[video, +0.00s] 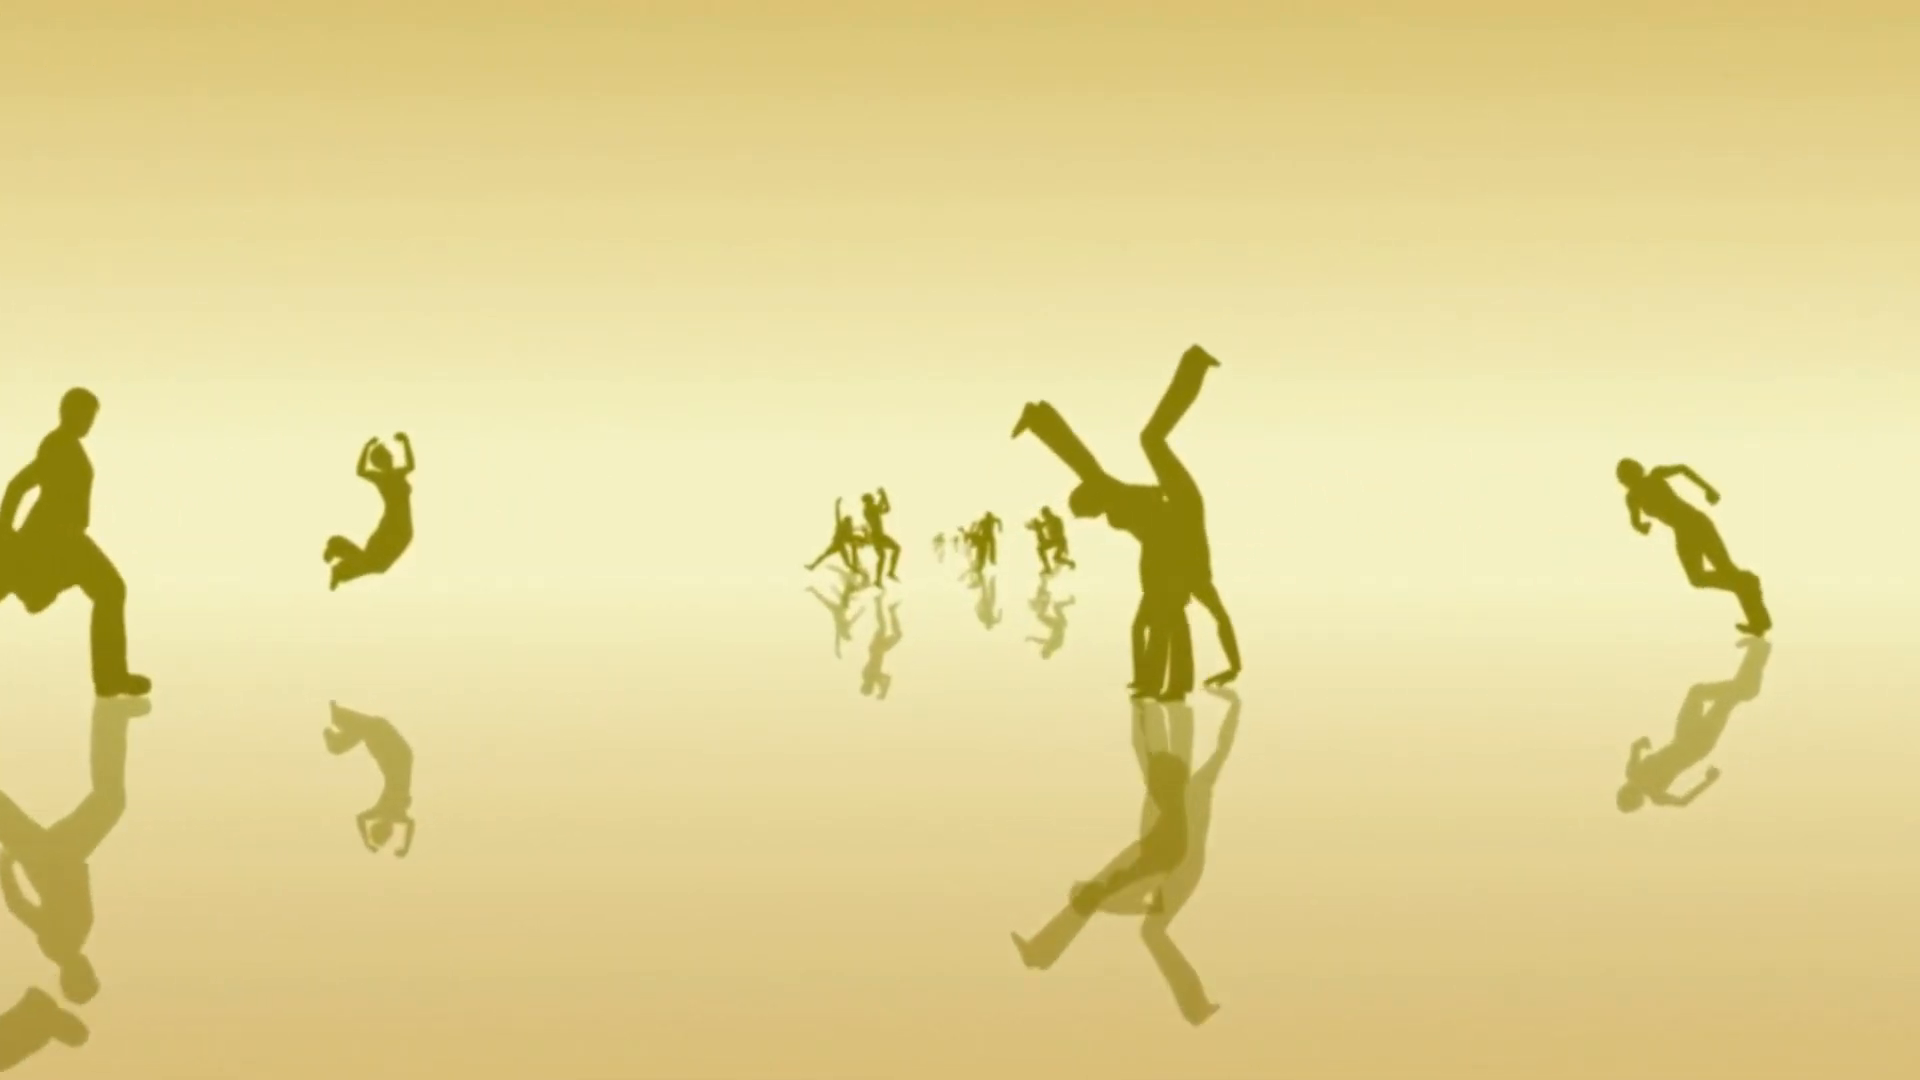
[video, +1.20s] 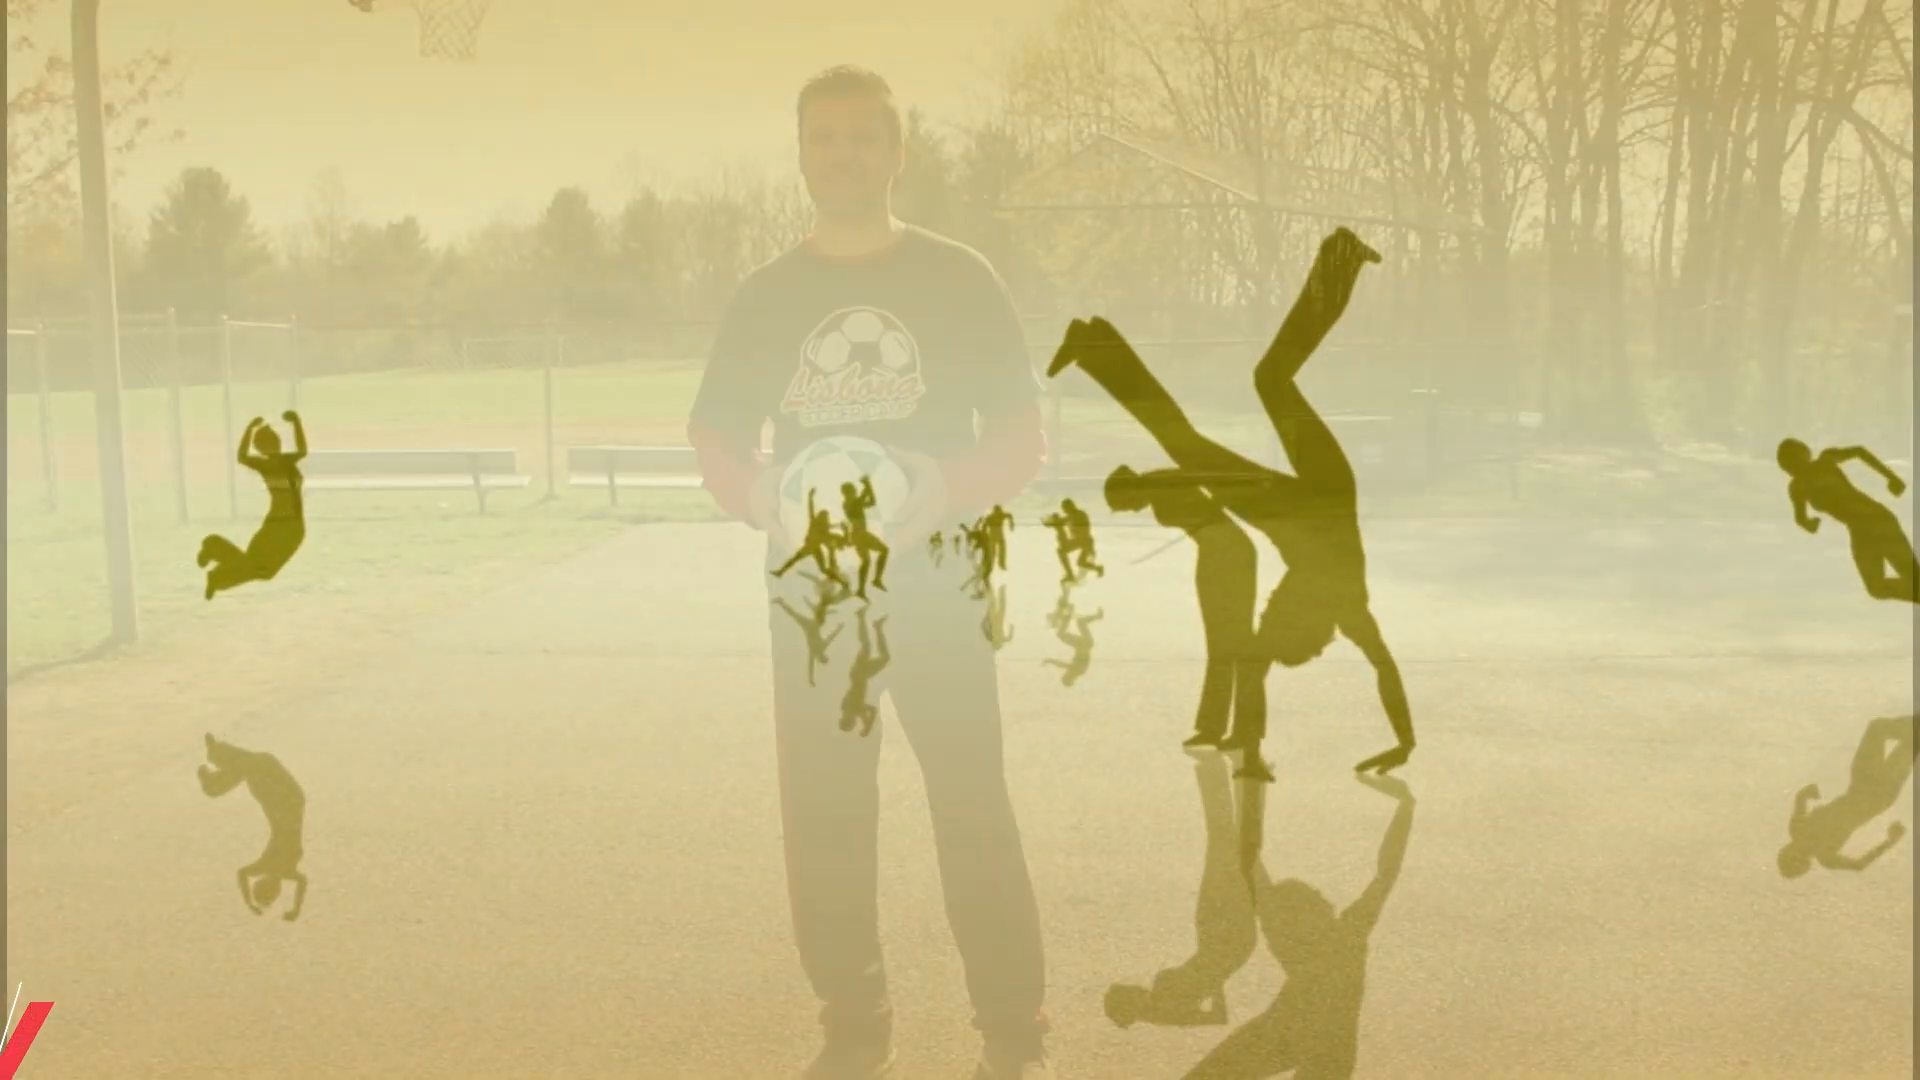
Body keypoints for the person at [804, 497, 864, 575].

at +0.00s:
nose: (848, 523)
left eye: (849, 521)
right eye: (847, 521)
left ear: (850, 522)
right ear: (845, 520)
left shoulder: (849, 529)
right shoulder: (840, 524)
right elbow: (837, 513)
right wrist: (837, 504)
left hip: (841, 545)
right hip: (835, 544)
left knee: (846, 559)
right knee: (824, 555)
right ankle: (813, 566)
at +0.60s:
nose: (837, 521)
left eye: (838, 519)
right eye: (836, 519)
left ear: (838, 520)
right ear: (834, 518)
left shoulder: (838, 529)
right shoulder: (828, 524)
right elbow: (825, 511)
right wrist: (825, 501)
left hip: (830, 546)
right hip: (823, 545)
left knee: (836, 565)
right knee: (811, 557)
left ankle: (853, 577)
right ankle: (798, 569)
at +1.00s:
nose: (828, 520)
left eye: (830, 518)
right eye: (827, 518)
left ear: (830, 519)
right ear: (824, 518)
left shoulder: (830, 530)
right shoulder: (819, 523)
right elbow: (816, 510)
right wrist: (816, 498)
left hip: (821, 547)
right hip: (814, 545)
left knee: (827, 567)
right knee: (800, 558)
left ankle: (846, 580)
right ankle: (787, 571)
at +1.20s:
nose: (824, 519)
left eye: (825, 518)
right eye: (823, 517)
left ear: (825, 518)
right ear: (820, 517)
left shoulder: (825, 529)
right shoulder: (813, 521)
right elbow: (811, 508)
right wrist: (811, 497)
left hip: (817, 547)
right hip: (809, 545)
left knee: (823, 568)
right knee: (795, 559)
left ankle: (842, 582)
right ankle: (781, 572)